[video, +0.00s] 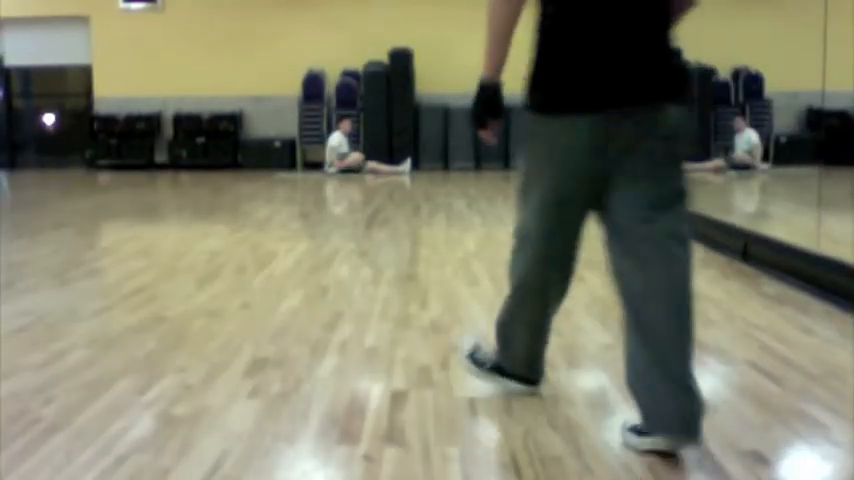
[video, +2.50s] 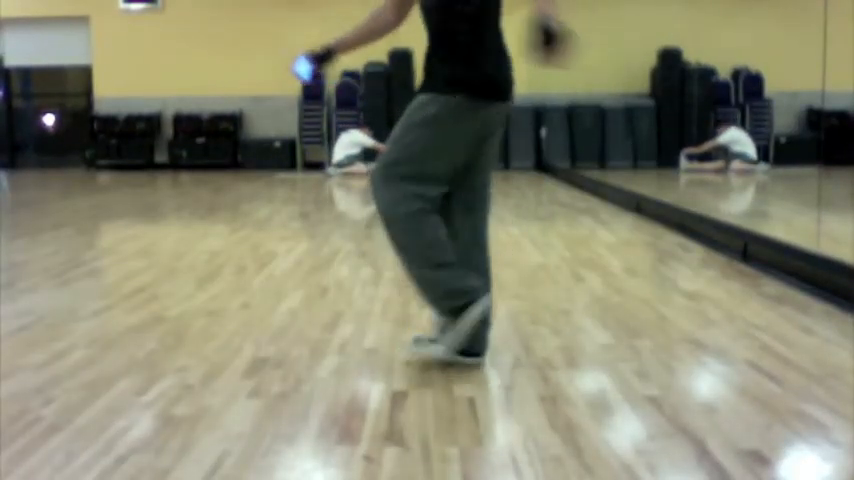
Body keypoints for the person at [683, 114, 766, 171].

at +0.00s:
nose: (736, 125)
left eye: (738, 122)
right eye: (735, 123)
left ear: (743, 123)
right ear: (734, 125)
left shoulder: (752, 134)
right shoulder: (737, 135)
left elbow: (757, 148)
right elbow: (737, 150)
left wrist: (757, 163)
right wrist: (733, 158)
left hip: (748, 162)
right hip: (736, 161)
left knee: (720, 163)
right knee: (717, 162)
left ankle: (693, 166)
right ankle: (692, 166)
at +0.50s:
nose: (730, 127)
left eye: (732, 124)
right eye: (730, 124)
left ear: (738, 122)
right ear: (734, 123)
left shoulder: (747, 133)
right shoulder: (740, 133)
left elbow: (757, 149)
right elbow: (741, 150)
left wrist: (750, 165)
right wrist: (738, 160)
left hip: (748, 164)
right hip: (741, 161)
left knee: (721, 164)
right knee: (719, 163)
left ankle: (688, 166)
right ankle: (688, 165)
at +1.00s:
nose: (725, 129)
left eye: (726, 126)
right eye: (724, 126)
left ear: (733, 125)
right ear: (734, 124)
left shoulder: (738, 135)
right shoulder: (740, 132)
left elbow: (724, 147)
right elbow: (726, 146)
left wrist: (710, 152)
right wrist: (712, 151)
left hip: (751, 163)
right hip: (742, 161)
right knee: (718, 165)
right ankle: (690, 166)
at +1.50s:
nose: (718, 130)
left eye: (720, 127)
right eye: (718, 127)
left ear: (724, 126)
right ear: (729, 125)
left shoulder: (732, 133)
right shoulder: (733, 133)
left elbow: (710, 144)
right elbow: (711, 144)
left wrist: (689, 149)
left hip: (745, 161)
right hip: (734, 161)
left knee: (734, 168)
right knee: (715, 166)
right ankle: (690, 166)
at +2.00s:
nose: (719, 130)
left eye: (720, 127)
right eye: (718, 127)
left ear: (724, 126)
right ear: (729, 125)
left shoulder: (731, 133)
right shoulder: (735, 132)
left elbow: (708, 146)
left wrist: (688, 150)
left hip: (745, 160)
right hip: (734, 160)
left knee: (734, 168)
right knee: (714, 166)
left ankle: (754, 171)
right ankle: (690, 166)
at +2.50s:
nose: (719, 133)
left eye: (720, 130)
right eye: (719, 131)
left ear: (725, 128)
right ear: (728, 126)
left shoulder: (731, 132)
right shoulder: (733, 132)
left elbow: (709, 146)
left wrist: (689, 151)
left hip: (746, 160)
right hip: (734, 159)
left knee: (733, 168)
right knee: (714, 166)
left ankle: (753, 171)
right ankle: (690, 166)